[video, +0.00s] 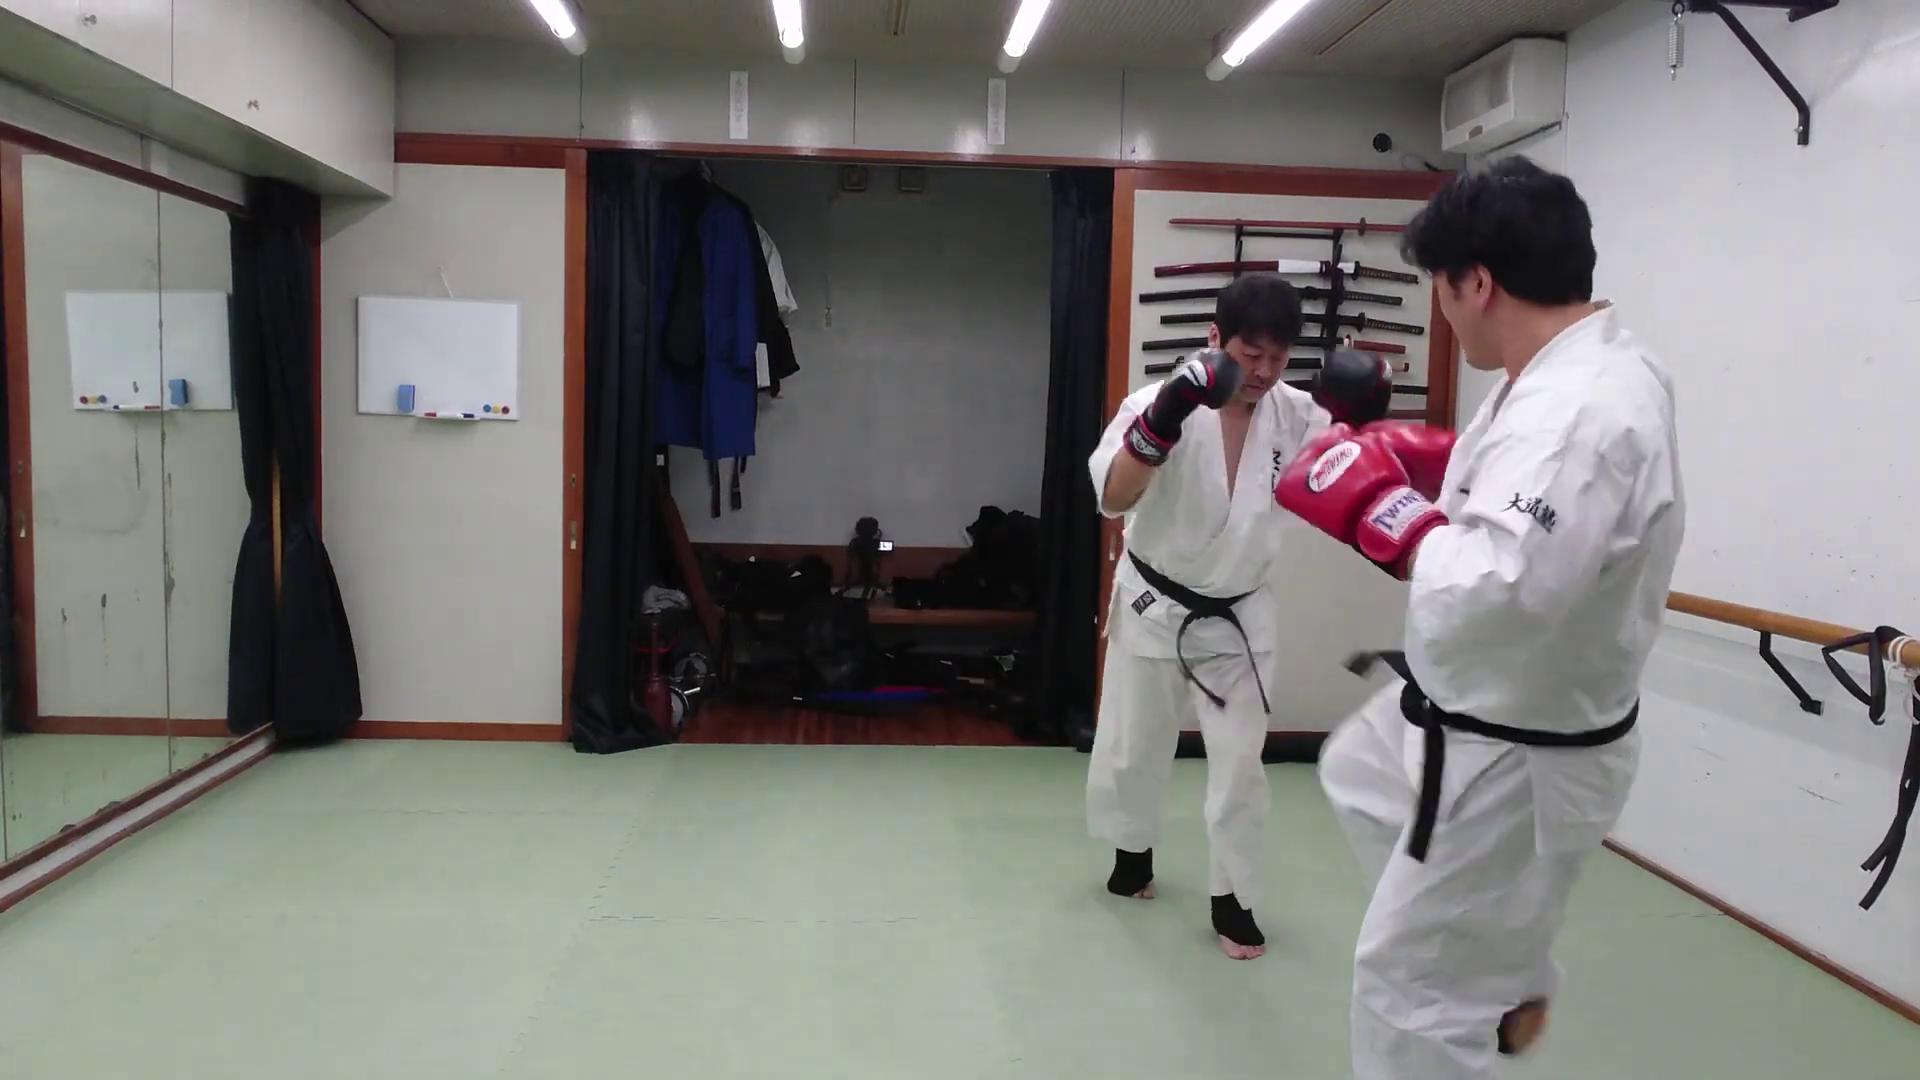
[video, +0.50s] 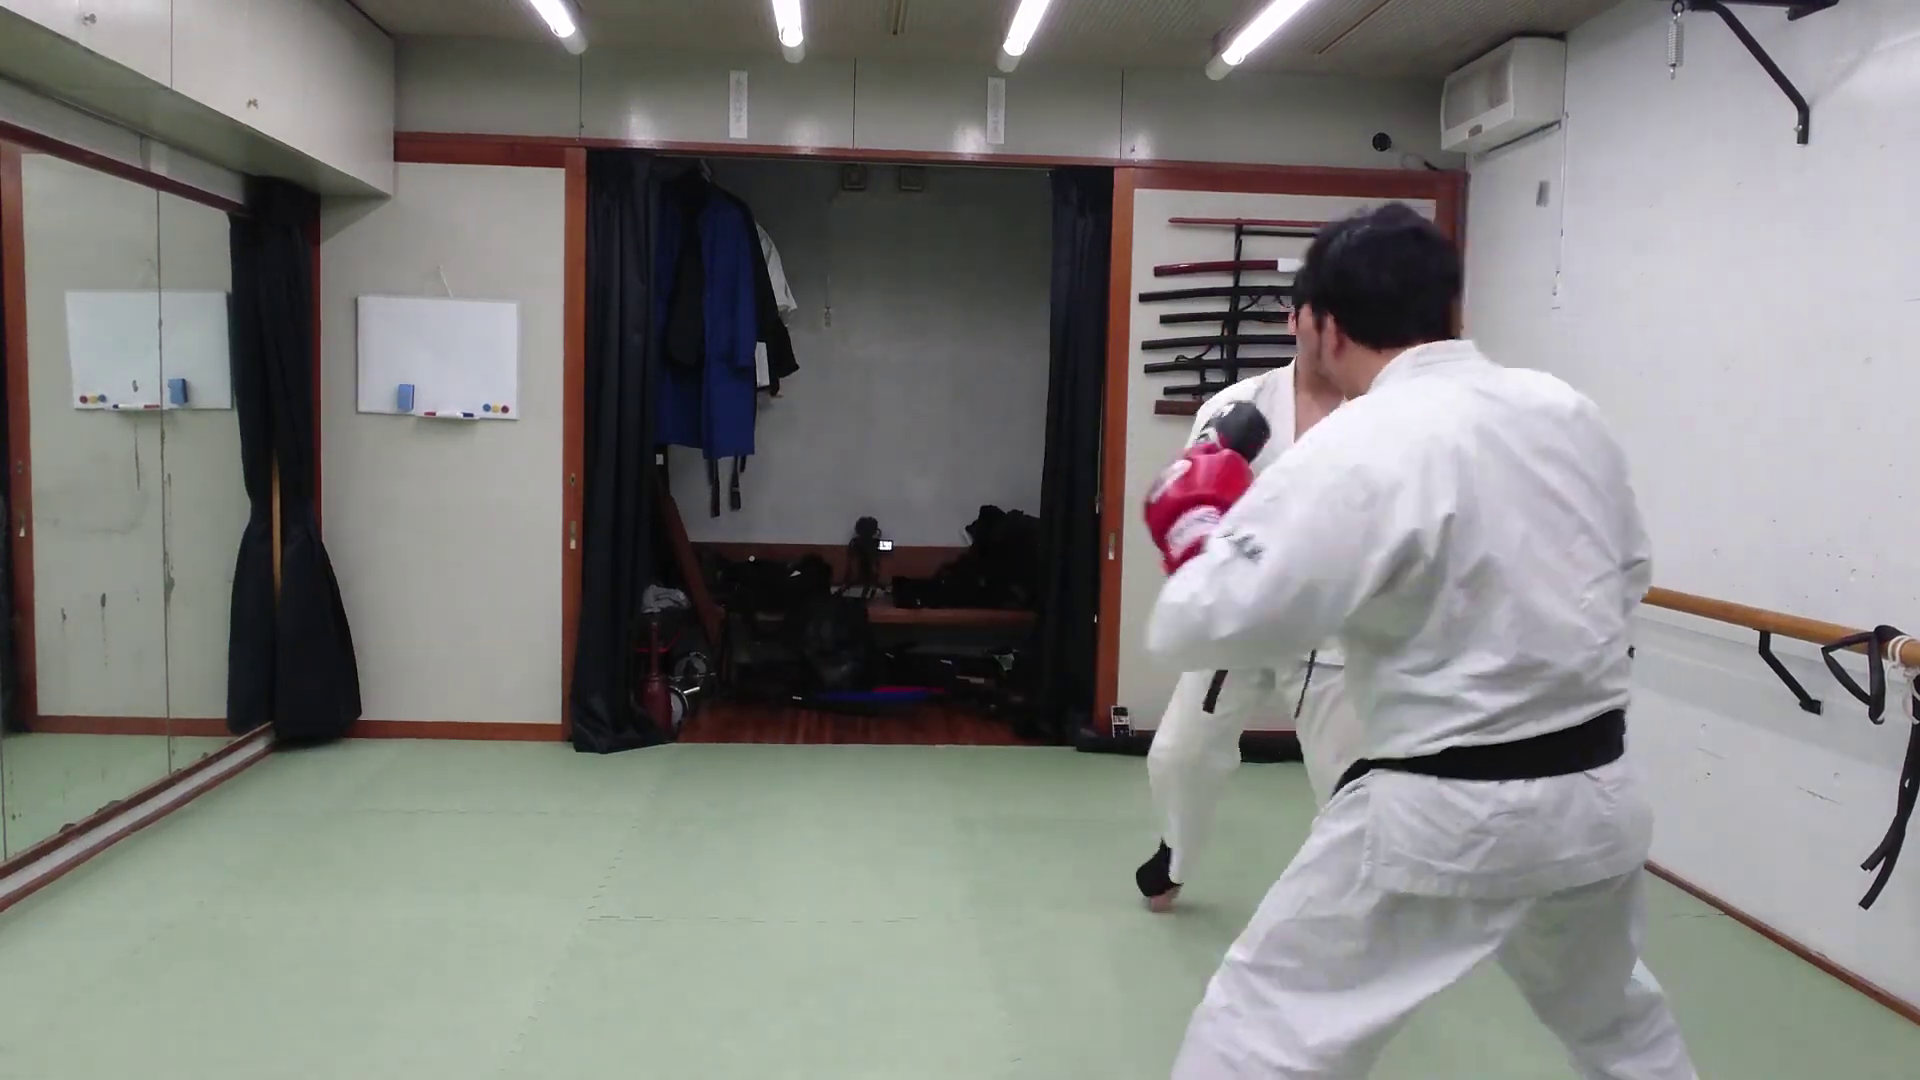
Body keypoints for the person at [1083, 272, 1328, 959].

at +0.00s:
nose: (1263, 369)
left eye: (1277, 356)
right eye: (1251, 352)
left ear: (1290, 352)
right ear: (1218, 340)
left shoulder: (1293, 412)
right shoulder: (1162, 403)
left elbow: (1351, 470)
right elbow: (1114, 498)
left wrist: (1362, 413)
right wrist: (1166, 418)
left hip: (1241, 607)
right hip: (1152, 599)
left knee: (1241, 762)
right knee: (1136, 743)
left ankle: (1232, 899)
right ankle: (1133, 852)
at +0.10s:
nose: (1267, 364)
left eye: (1280, 350)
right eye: (1253, 348)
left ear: (1292, 347)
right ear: (1218, 337)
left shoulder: (1307, 417)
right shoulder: (1163, 409)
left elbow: (1350, 490)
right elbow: (1132, 520)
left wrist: (1362, 471)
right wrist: (1171, 464)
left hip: (1252, 606)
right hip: (1162, 600)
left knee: (1264, 749)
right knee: (1137, 739)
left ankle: (1247, 891)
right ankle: (1132, 854)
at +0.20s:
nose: (1280, 350)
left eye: (1293, 336)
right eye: (1265, 332)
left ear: (1307, 338)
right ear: (1233, 330)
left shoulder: (1328, 417)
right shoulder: (1180, 407)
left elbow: (1347, 508)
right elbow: (1131, 513)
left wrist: (1351, 534)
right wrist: (1178, 506)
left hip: (1271, 606)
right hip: (1180, 599)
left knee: (1288, 757)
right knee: (1145, 739)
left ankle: (1309, 913)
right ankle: (1133, 858)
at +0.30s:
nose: (1306, 345)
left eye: (1319, 332)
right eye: (1291, 329)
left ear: (1334, 339)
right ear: (1260, 331)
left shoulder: (1360, 423)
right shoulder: (1199, 413)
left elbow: (1392, 523)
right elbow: (1131, 508)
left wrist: (1371, 560)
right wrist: (1171, 504)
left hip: (1295, 621)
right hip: (1199, 611)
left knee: (1317, 782)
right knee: (1152, 748)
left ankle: (1355, 918)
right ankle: (1136, 860)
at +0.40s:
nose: (1326, 346)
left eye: (1340, 332)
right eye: (1312, 329)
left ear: (1356, 341)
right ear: (1282, 334)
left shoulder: (1381, 428)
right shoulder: (1219, 421)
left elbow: (1401, 531)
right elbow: (1150, 525)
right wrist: (1171, 495)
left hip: (1329, 638)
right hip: (1228, 629)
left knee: (1350, 786)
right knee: (1163, 760)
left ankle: (1379, 906)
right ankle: (1147, 861)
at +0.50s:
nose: (1312, 334)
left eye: (1319, 319)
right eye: (1310, 317)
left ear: (1340, 329)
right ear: (1295, 322)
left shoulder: (1387, 419)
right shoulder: (1237, 409)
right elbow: (1184, 502)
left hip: (1336, 629)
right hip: (1237, 620)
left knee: (1348, 775)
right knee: (1176, 755)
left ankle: (1364, 915)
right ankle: (1175, 852)